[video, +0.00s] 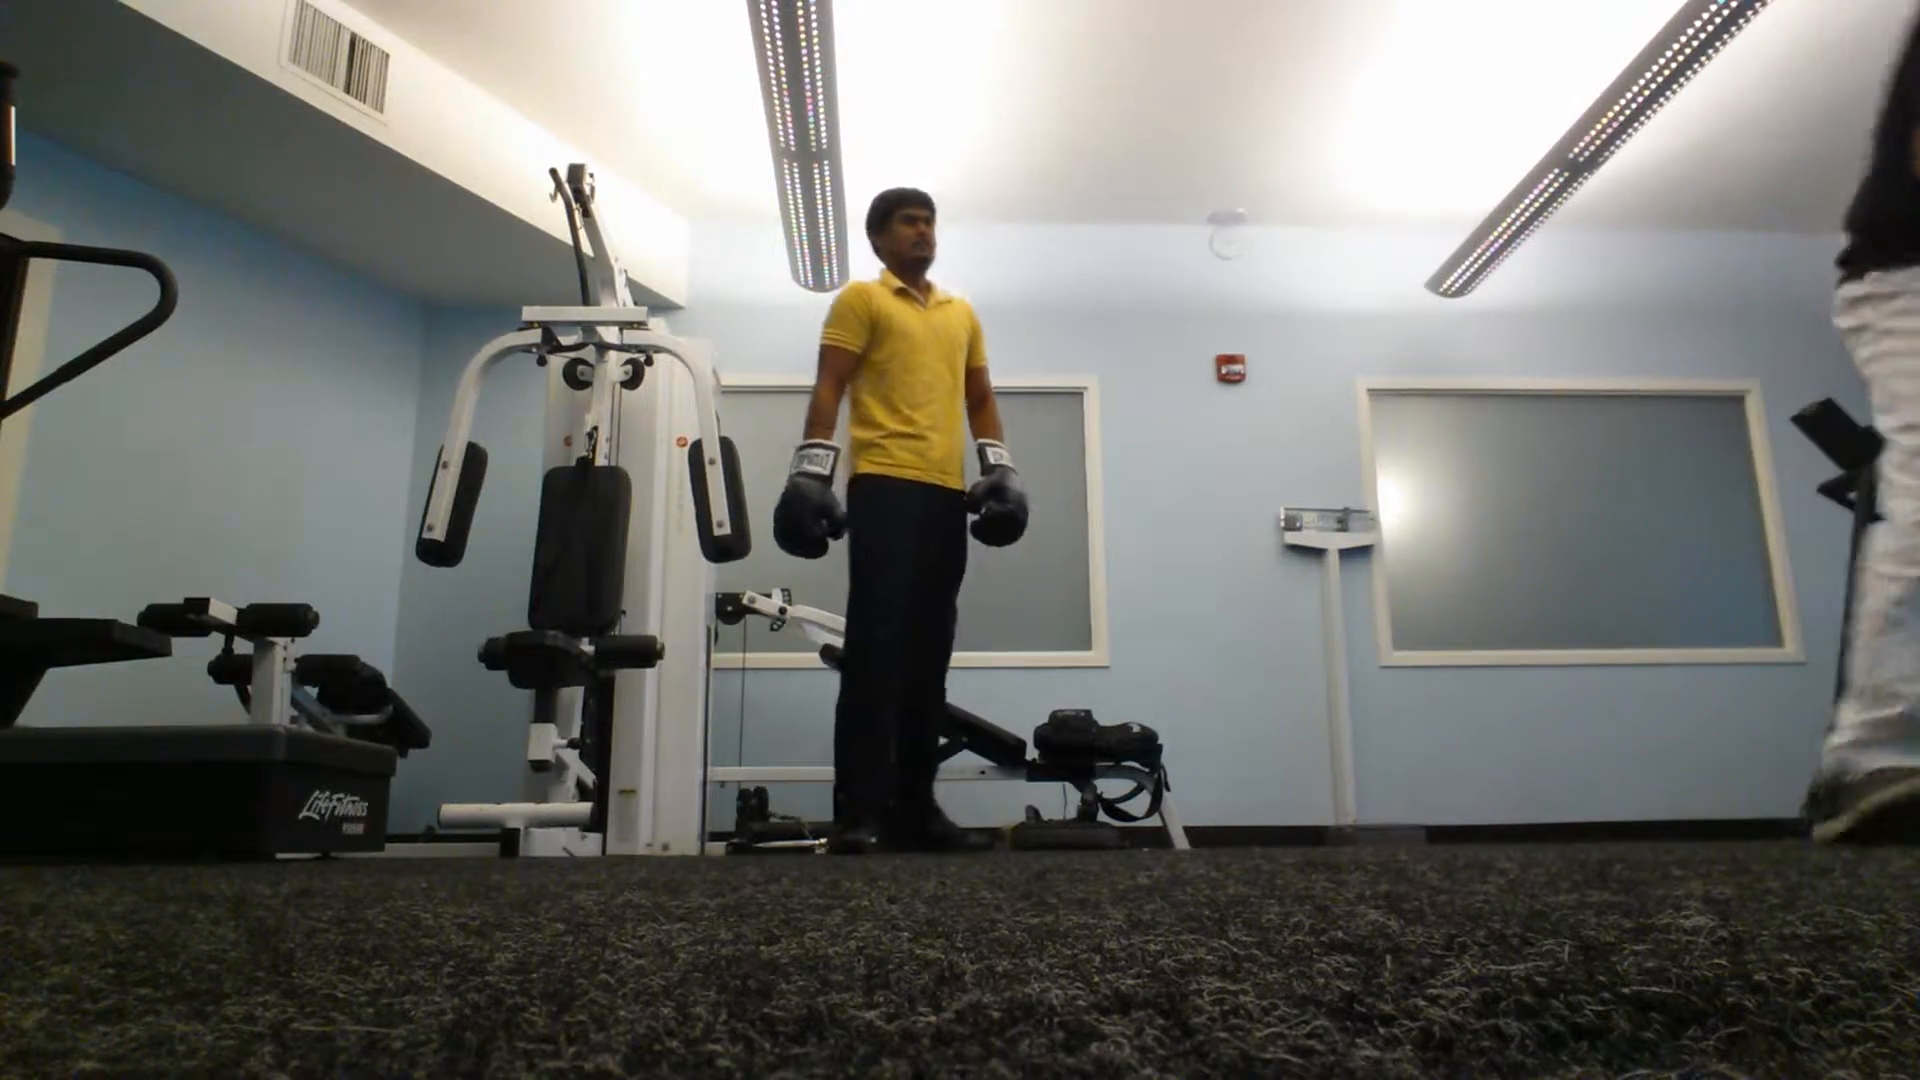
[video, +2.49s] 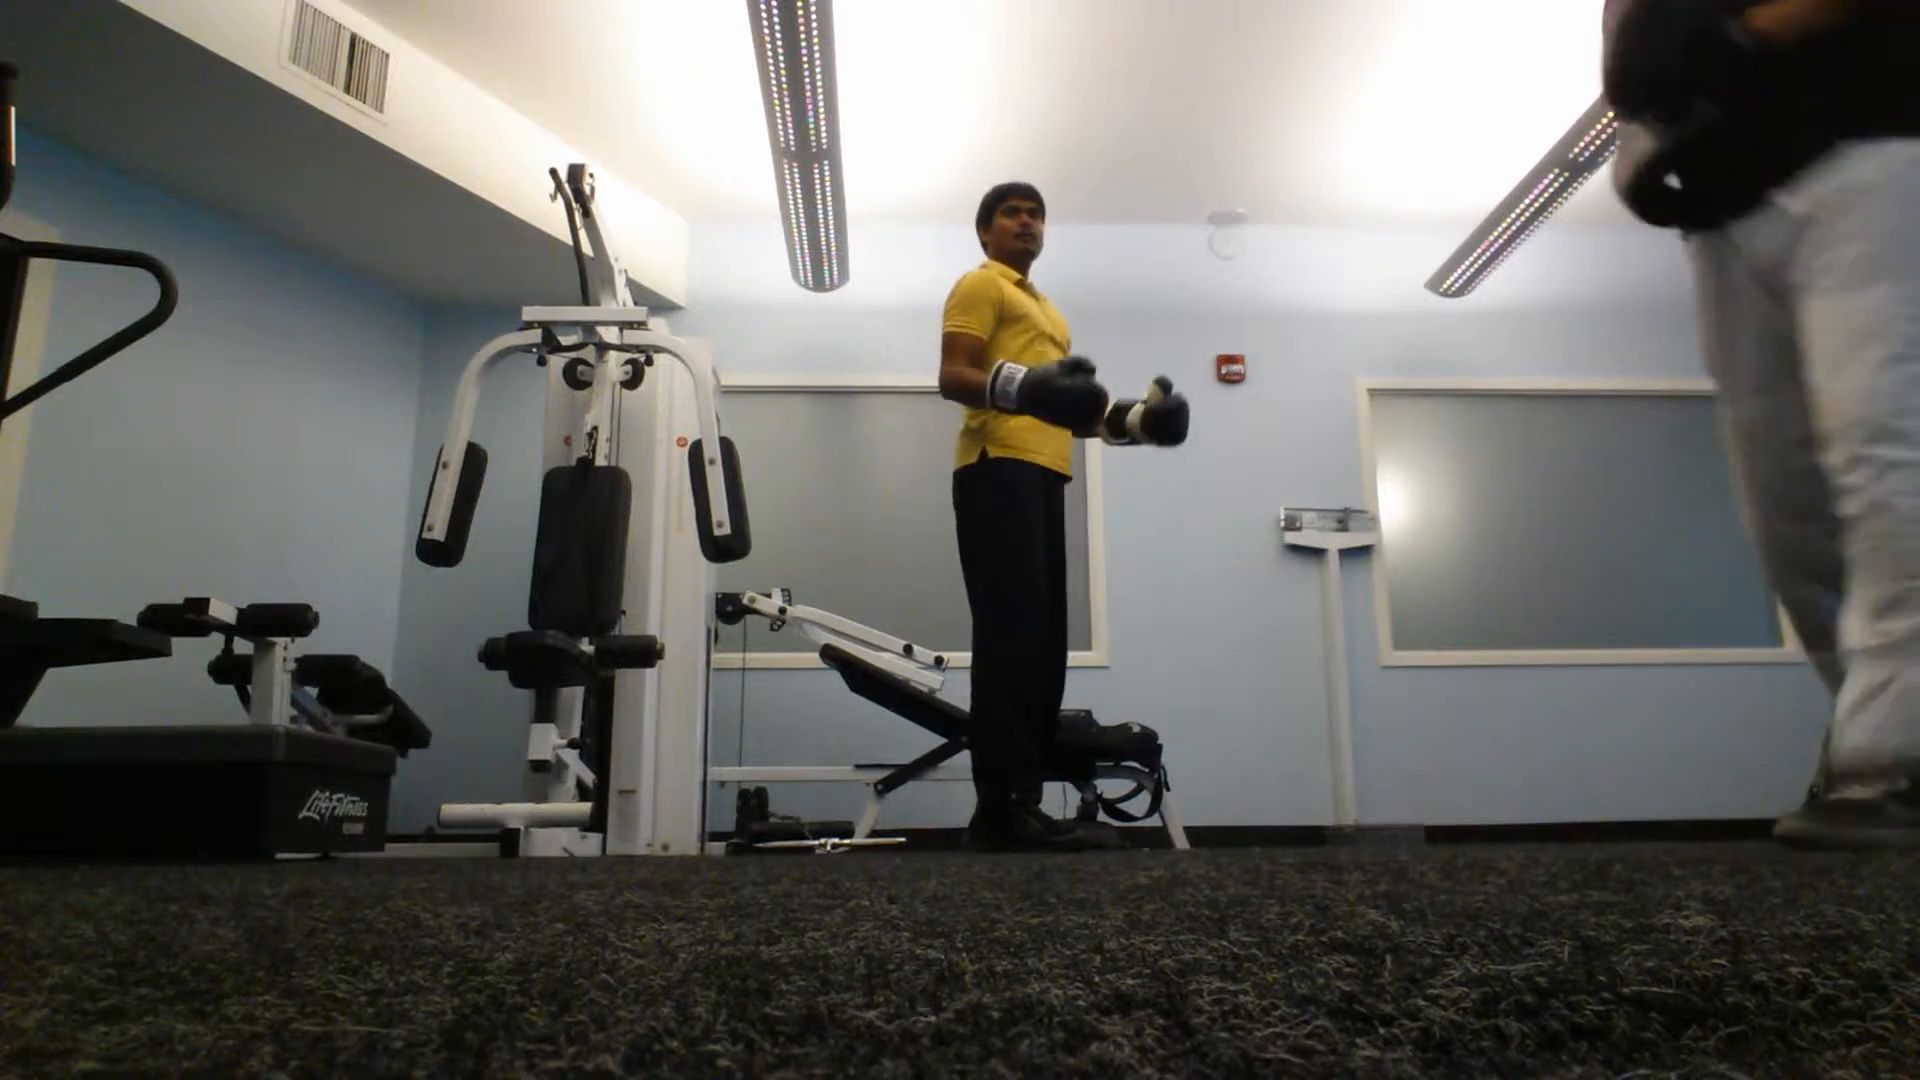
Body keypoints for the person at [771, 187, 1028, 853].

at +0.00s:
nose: (923, 232)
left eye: (929, 222)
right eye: (909, 222)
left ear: (937, 234)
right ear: (878, 237)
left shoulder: (959, 312)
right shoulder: (861, 300)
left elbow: (981, 396)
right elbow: (830, 386)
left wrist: (998, 469)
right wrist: (811, 473)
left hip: (945, 495)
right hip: (884, 489)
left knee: (927, 651)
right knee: (876, 649)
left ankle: (914, 811)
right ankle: (860, 815)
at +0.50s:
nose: (971, 260)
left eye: (975, 252)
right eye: (959, 250)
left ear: (975, 264)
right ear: (923, 256)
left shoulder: (978, 344)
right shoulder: (904, 314)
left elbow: (989, 432)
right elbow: (876, 396)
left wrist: (1020, 517)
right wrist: (886, 482)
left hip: (969, 504)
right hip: (926, 496)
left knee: (960, 649)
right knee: (949, 646)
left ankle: (937, 810)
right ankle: (917, 812)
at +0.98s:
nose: (1000, 262)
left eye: (1005, 255)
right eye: (990, 251)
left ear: (1002, 264)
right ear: (955, 253)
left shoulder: (985, 335)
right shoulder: (935, 310)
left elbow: (983, 430)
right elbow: (909, 393)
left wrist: (1004, 522)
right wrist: (930, 473)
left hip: (977, 506)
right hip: (945, 499)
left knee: (956, 651)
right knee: (964, 648)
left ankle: (911, 808)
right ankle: (1001, 809)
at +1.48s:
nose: (1023, 226)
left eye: (1031, 220)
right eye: (1011, 214)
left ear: (1036, 233)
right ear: (980, 220)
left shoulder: (1005, 297)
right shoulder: (969, 278)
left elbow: (1012, 402)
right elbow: (945, 368)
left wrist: (1055, 483)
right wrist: (960, 459)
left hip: (1006, 486)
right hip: (983, 481)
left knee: (1009, 647)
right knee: (1010, 644)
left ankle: (928, 794)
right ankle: (1008, 810)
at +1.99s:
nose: (1035, 209)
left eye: (1044, 202)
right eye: (1022, 197)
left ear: (1050, 217)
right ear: (990, 205)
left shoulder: (1034, 291)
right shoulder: (962, 265)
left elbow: (1036, 385)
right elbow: (907, 353)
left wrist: (1059, 466)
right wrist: (936, 400)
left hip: (1042, 470)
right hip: (995, 466)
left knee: (1061, 634)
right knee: (1011, 627)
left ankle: (1009, 793)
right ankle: (995, 803)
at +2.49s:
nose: (1026, 223)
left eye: (1035, 216)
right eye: (1013, 213)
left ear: (1044, 232)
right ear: (984, 229)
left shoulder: (1043, 310)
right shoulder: (979, 284)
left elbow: (1064, 405)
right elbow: (954, 375)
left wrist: (1135, 419)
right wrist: (1027, 387)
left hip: (1041, 477)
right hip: (999, 473)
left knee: (1043, 635)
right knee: (1010, 633)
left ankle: (1020, 804)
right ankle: (1000, 809)